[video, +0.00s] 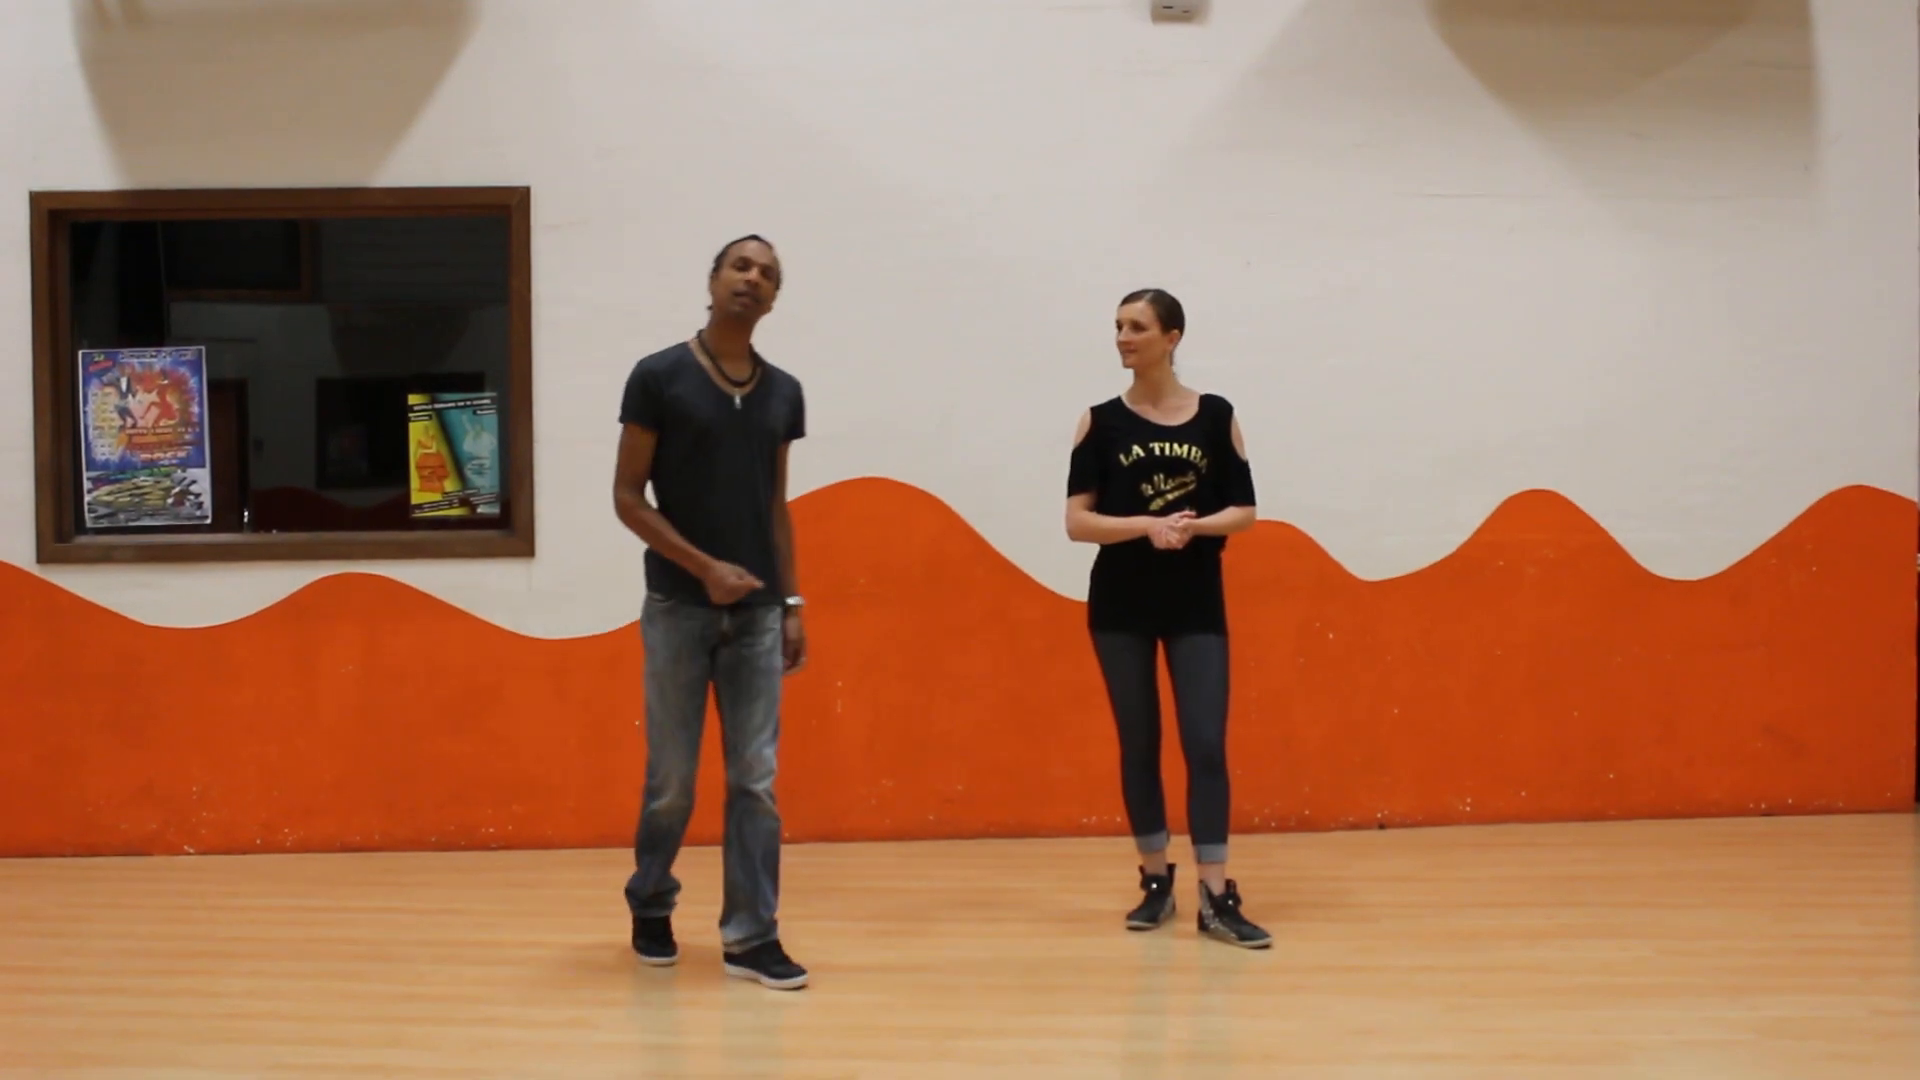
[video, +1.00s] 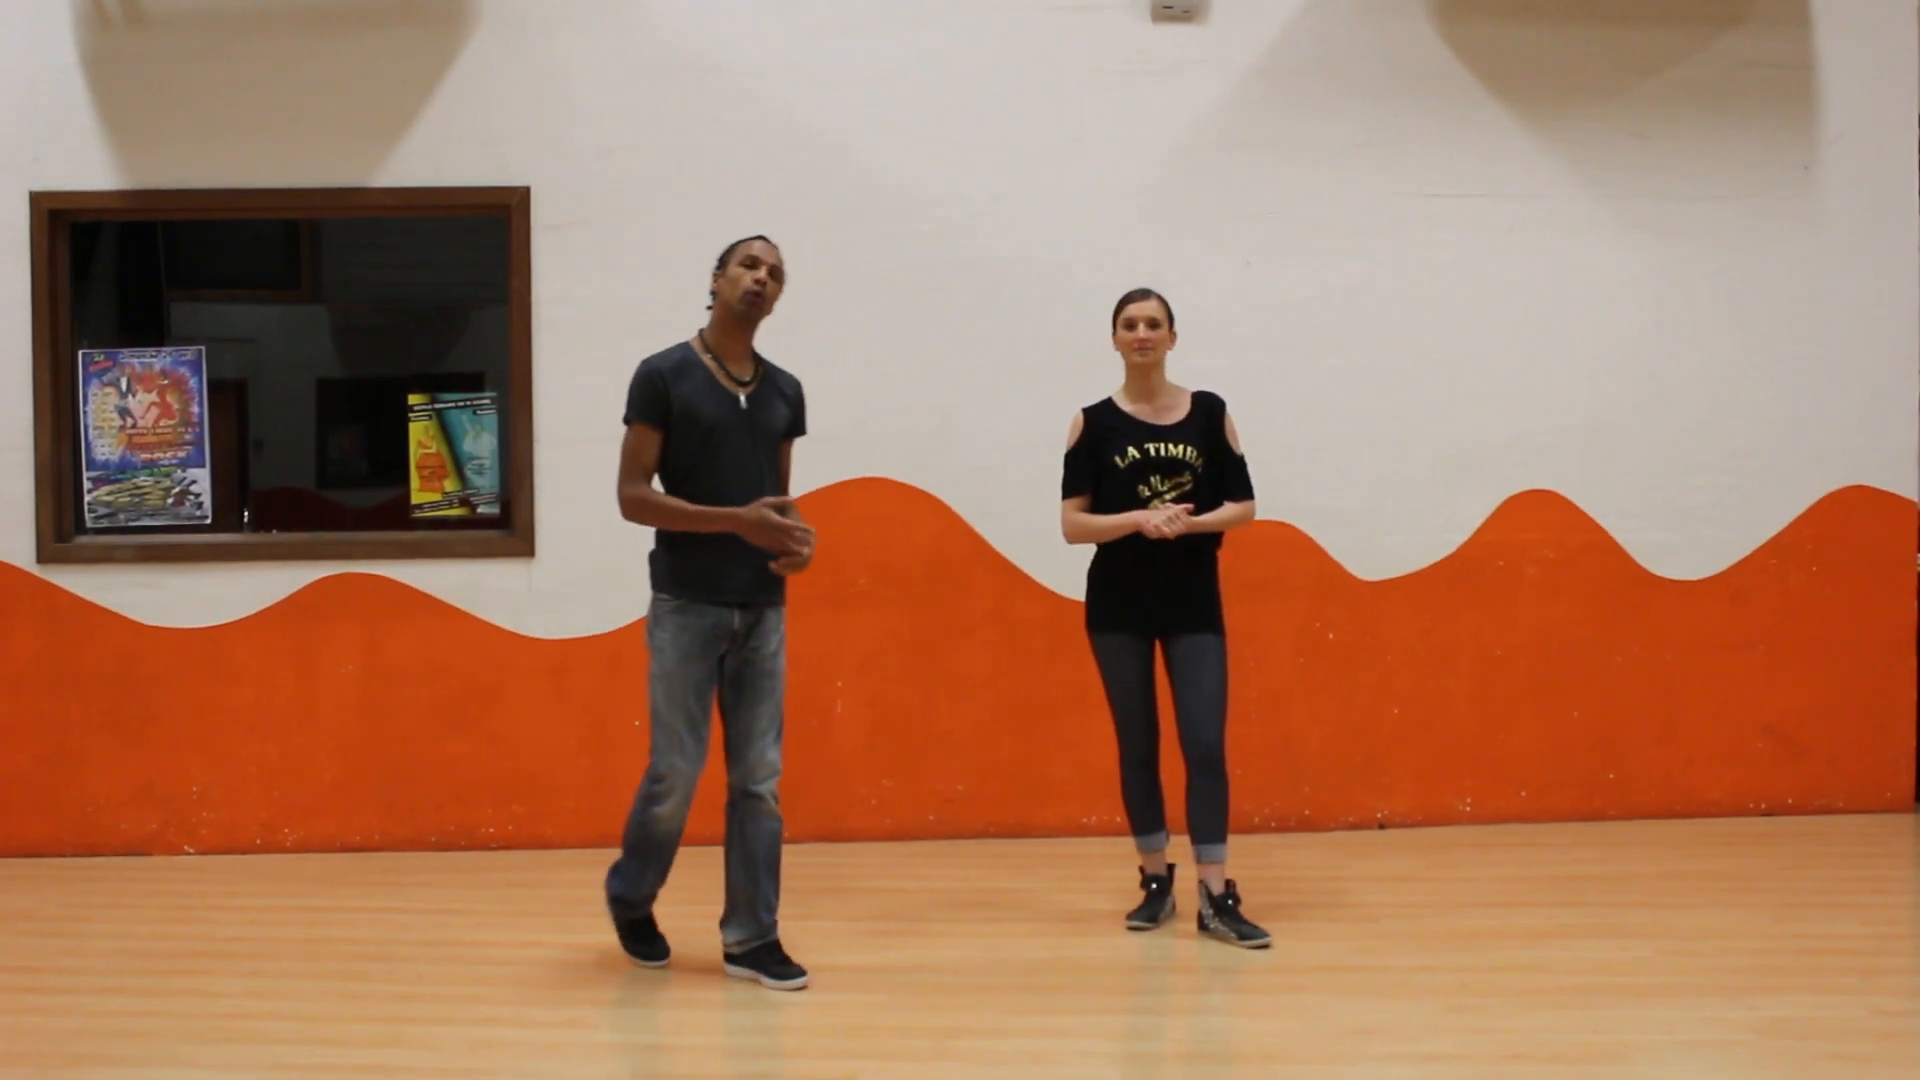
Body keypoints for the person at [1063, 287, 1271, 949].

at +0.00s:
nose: (1122, 338)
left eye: (1136, 328)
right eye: (1119, 328)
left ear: (1172, 337)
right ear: (1118, 337)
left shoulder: (1215, 415)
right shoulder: (1099, 422)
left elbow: (1243, 511)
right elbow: (1078, 521)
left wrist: (1198, 524)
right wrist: (1142, 525)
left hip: (1195, 603)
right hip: (1120, 603)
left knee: (1206, 748)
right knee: (1139, 745)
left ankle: (1216, 896)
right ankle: (1157, 883)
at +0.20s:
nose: (1121, 339)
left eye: (1134, 328)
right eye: (1117, 329)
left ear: (1169, 337)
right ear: (1114, 338)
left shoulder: (1212, 415)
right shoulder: (1096, 423)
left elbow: (1242, 510)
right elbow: (1076, 523)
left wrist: (1197, 524)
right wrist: (1142, 525)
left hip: (1194, 603)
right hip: (1120, 604)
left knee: (1205, 747)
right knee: (1138, 745)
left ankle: (1216, 896)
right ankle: (1157, 883)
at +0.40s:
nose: (1121, 339)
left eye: (1134, 328)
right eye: (1116, 329)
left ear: (1168, 336)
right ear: (1112, 338)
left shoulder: (1210, 414)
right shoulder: (1095, 423)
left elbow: (1242, 509)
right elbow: (1074, 523)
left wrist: (1196, 524)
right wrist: (1139, 525)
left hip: (1193, 602)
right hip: (1119, 603)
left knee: (1205, 747)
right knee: (1138, 746)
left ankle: (1216, 896)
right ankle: (1157, 883)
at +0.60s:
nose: (1123, 337)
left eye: (1136, 327)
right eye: (1117, 328)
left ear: (1169, 336)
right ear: (1111, 338)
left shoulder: (1209, 413)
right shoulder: (1093, 422)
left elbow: (1243, 508)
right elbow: (1073, 522)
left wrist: (1195, 525)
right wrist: (1135, 524)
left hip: (1193, 602)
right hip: (1118, 604)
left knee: (1205, 748)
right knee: (1138, 745)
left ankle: (1215, 896)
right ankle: (1156, 883)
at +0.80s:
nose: (1136, 335)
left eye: (1148, 325)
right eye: (1126, 325)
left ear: (1172, 336)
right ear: (1113, 338)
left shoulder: (1208, 412)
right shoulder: (1092, 422)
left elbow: (1243, 506)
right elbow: (1072, 522)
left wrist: (1196, 522)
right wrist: (1134, 520)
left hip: (1192, 602)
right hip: (1118, 604)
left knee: (1204, 747)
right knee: (1138, 746)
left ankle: (1215, 896)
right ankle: (1157, 884)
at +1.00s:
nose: (1142, 335)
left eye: (1153, 325)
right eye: (1131, 326)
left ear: (1172, 337)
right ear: (1114, 339)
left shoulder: (1208, 412)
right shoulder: (1092, 424)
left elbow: (1243, 506)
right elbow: (1073, 523)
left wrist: (1193, 521)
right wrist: (1135, 518)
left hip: (1192, 602)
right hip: (1118, 604)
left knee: (1205, 748)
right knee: (1138, 746)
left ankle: (1215, 896)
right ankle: (1156, 883)